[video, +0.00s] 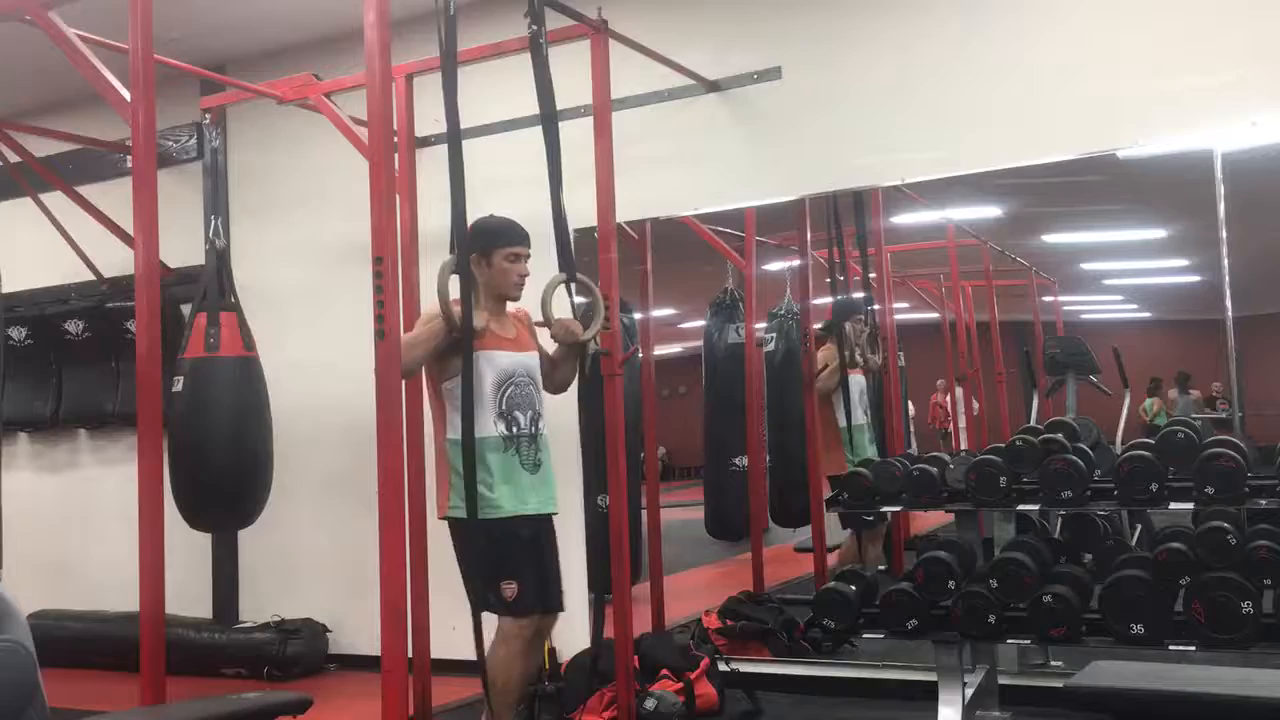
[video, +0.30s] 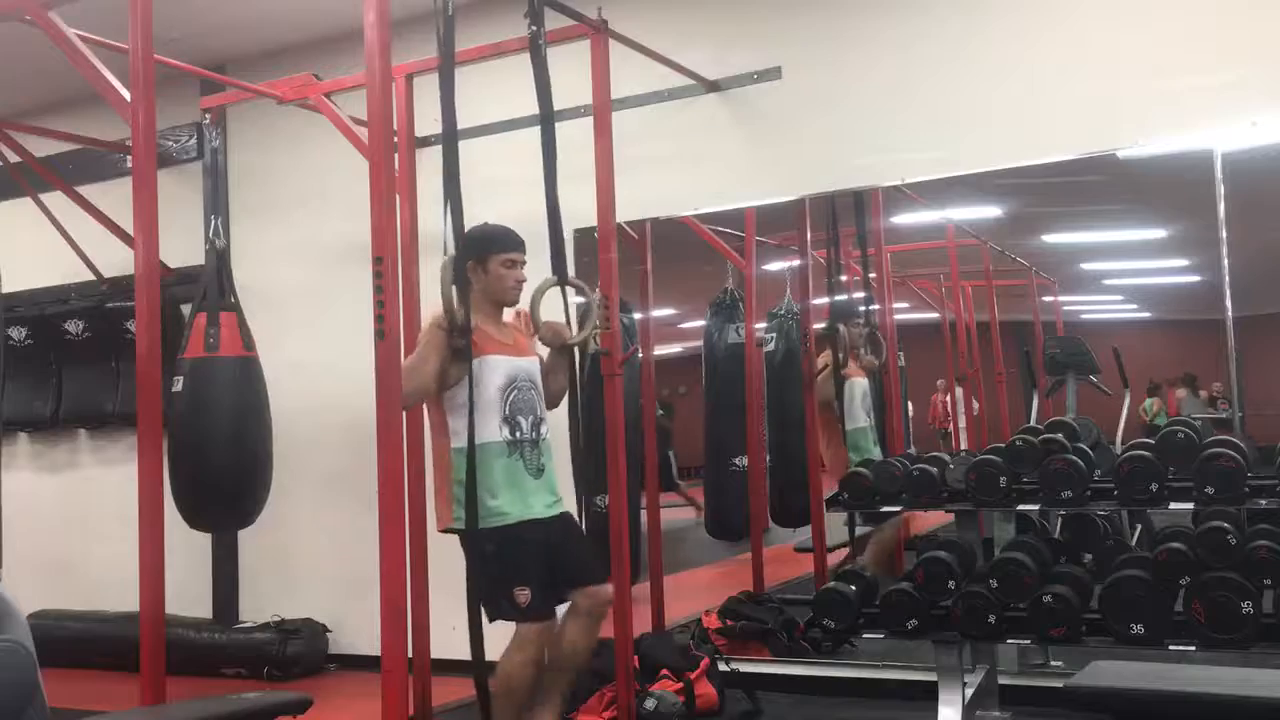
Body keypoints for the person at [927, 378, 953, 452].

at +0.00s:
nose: (941, 387)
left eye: (942, 385)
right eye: (939, 385)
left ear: (945, 386)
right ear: (937, 386)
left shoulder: (947, 396)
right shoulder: (934, 397)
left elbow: (949, 407)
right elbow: (931, 410)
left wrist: (940, 403)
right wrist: (930, 420)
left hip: (947, 420)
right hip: (938, 421)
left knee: (948, 437)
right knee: (941, 438)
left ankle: (950, 450)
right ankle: (942, 451)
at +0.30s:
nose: (941, 387)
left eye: (942, 385)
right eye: (939, 385)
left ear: (945, 386)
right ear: (937, 386)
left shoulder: (948, 396)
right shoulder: (934, 397)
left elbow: (951, 409)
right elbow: (932, 410)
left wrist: (951, 421)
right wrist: (931, 420)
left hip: (947, 421)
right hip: (938, 422)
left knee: (949, 438)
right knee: (941, 439)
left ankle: (950, 451)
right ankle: (942, 452)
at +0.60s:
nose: (941, 388)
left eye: (943, 386)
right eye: (940, 386)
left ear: (946, 386)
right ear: (938, 387)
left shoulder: (948, 396)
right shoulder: (935, 397)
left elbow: (951, 407)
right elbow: (933, 409)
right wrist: (931, 420)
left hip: (948, 421)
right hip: (939, 422)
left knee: (950, 438)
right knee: (941, 439)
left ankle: (952, 452)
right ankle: (943, 452)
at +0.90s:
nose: (942, 387)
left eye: (943, 385)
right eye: (940, 386)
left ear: (946, 386)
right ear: (938, 386)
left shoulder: (948, 396)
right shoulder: (936, 397)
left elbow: (951, 409)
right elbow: (934, 410)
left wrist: (952, 421)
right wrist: (932, 420)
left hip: (948, 421)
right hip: (940, 421)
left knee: (950, 437)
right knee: (942, 438)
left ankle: (952, 450)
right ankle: (943, 450)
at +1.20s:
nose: (942, 387)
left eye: (943, 385)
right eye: (940, 385)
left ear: (947, 386)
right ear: (939, 386)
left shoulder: (949, 396)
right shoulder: (937, 396)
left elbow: (951, 408)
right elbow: (934, 410)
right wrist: (933, 420)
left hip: (949, 421)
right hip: (940, 422)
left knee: (951, 438)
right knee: (942, 439)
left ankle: (953, 451)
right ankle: (944, 452)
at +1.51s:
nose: (942, 387)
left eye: (944, 385)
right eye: (941, 385)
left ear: (947, 386)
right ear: (939, 386)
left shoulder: (949, 396)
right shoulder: (937, 396)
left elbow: (952, 408)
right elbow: (935, 410)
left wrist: (952, 421)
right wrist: (933, 420)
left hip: (949, 422)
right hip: (940, 422)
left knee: (951, 438)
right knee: (942, 439)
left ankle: (953, 451)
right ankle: (943, 452)